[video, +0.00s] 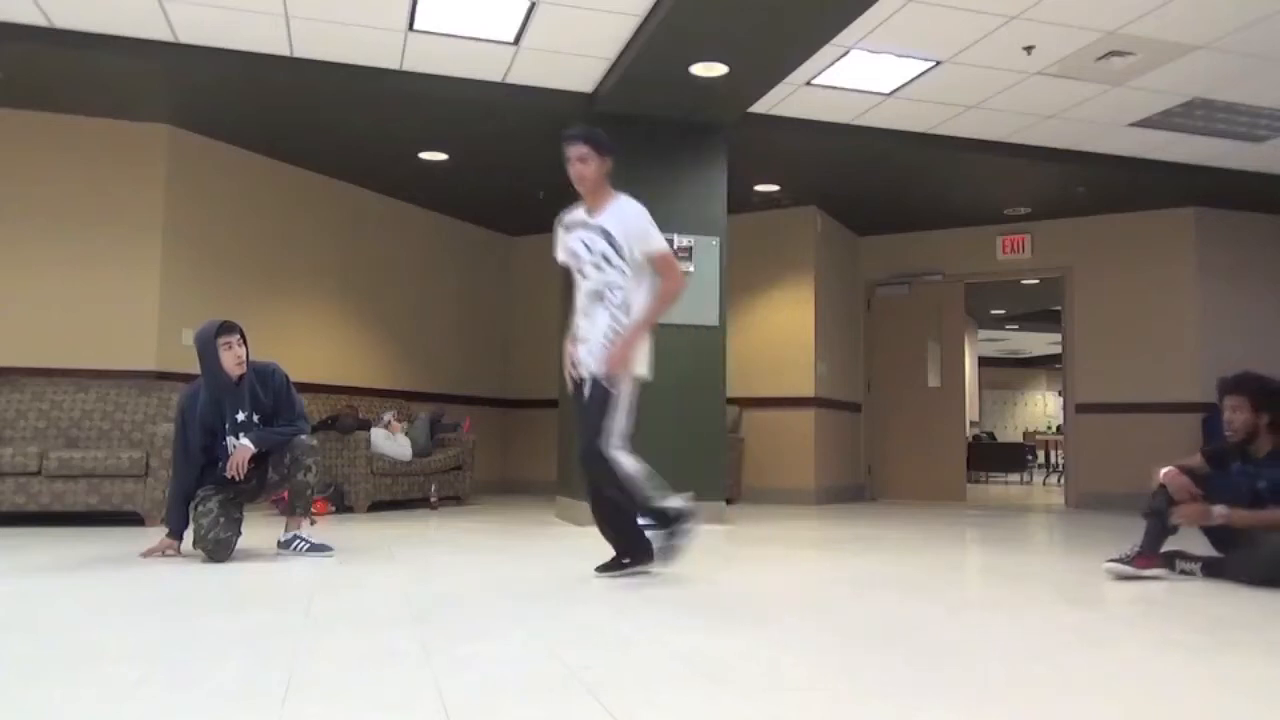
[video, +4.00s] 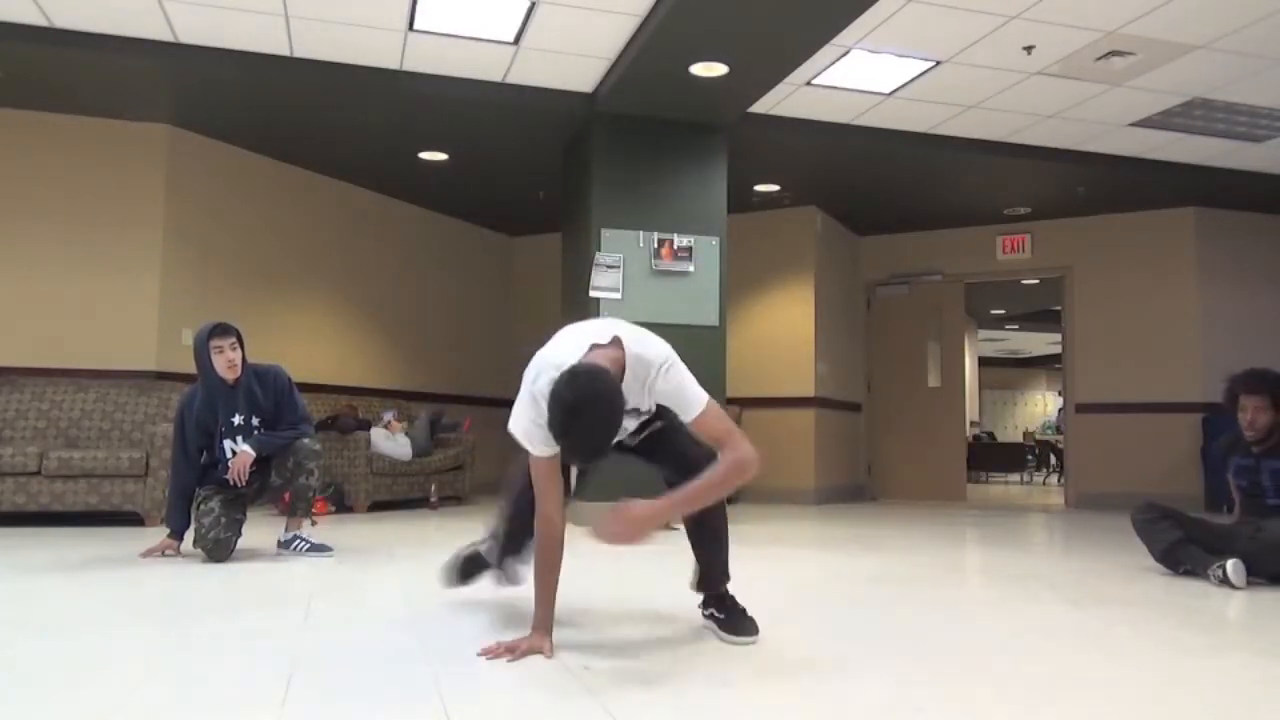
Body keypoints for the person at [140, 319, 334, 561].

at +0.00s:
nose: (239, 353)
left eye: (240, 344)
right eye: (227, 347)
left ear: (246, 347)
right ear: (210, 356)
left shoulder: (269, 377)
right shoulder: (194, 400)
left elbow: (299, 426)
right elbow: (185, 469)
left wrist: (252, 442)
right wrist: (174, 534)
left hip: (263, 474)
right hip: (217, 488)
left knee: (304, 448)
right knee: (216, 550)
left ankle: (292, 534)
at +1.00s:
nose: (233, 355)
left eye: (236, 346)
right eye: (222, 350)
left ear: (244, 349)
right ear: (207, 358)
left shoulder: (272, 378)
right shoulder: (194, 402)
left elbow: (302, 428)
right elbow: (185, 470)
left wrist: (253, 445)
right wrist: (174, 535)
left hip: (265, 475)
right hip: (219, 488)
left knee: (306, 450)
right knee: (216, 549)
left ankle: (292, 534)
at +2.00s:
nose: (231, 356)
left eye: (234, 347)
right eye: (220, 351)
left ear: (242, 349)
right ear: (205, 359)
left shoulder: (271, 379)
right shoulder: (194, 403)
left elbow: (302, 428)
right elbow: (184, 470)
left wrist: (253, 445)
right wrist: (174, 535)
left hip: (264, 476)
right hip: (218, 489)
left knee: (307, 449)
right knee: (215, 549)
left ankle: (292, 534)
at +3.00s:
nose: (232, 357)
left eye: (236, 348)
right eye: (221, 351)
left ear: (244, 350)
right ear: (207, 359)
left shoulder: (272, 379)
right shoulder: (194, 403)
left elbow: (304, 428)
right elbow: (184, 470)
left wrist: (254, 445)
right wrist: (174, 534)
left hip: (265, 477)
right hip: (219, 488)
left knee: (308, 449)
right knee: (215, 549)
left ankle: (292, 534)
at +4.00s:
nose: (230, 357)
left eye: (234, 348)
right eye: (219, 352)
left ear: (242, 350)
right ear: (205, 359)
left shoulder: (272, 379)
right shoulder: (194, 403)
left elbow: (303, 429)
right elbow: (184, 470)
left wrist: (254, 447)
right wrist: (174, 535)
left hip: (265, 477)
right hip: (219, 488)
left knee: (307, 450)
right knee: (215, 549)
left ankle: (292, 534)